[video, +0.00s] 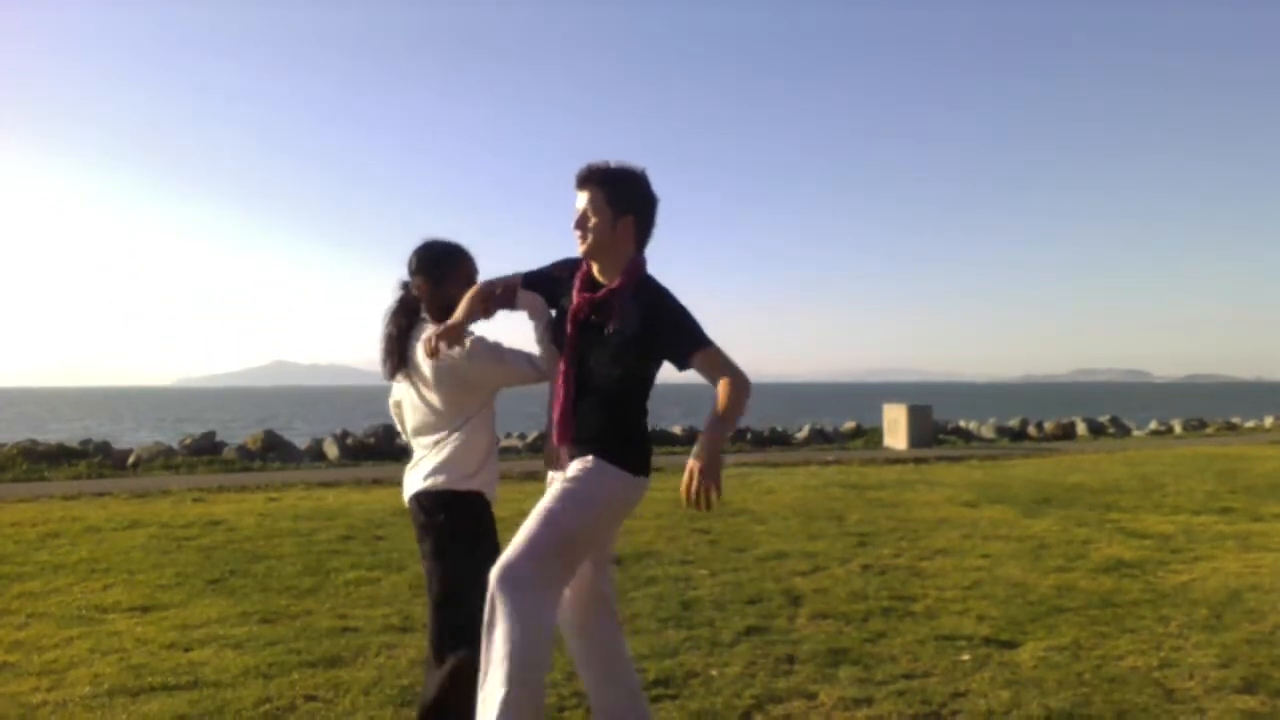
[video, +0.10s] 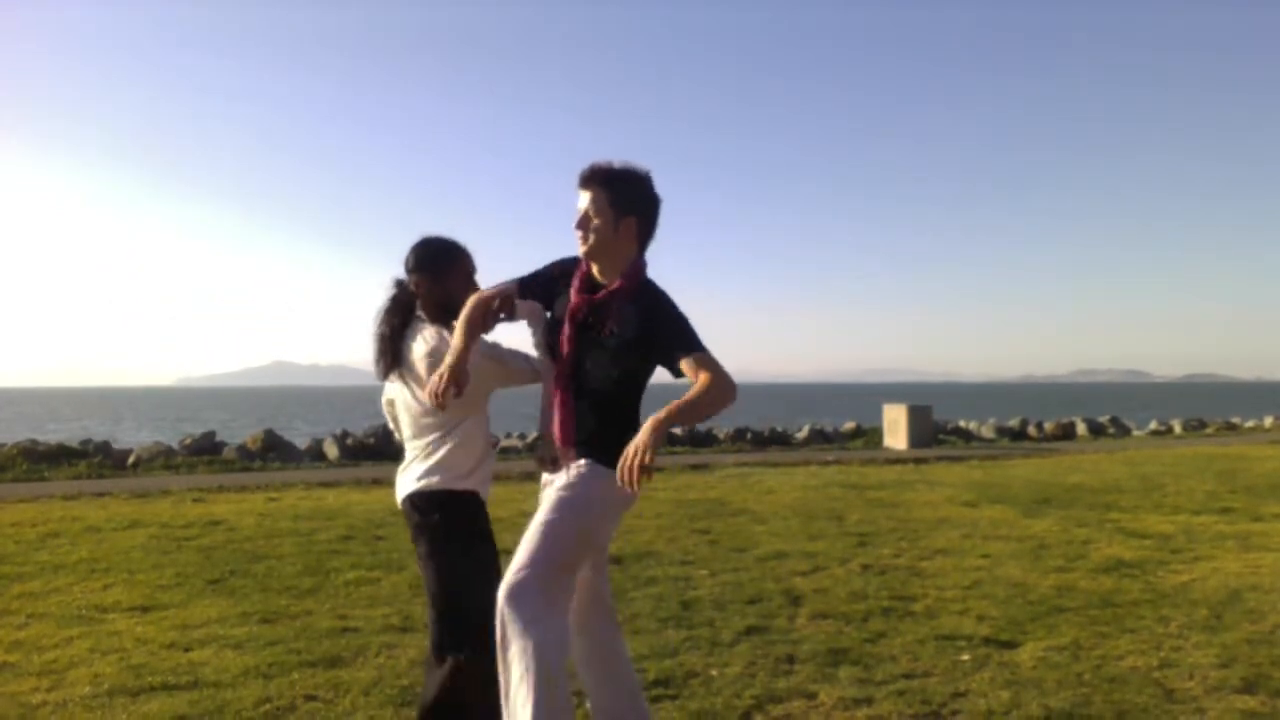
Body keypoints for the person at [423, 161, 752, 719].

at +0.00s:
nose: (576, 224)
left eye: (588, 215)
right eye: (577, 214)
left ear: (627, 225)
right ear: (588, 221)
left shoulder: (651, 302)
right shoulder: (571, 278)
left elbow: (734, 383)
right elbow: (492, 290)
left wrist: (709, 446)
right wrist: (458, 322)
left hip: (610, 467)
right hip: (569, 463)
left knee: (515, 581)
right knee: (587, 614)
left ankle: (504, 713)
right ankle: (624, 714)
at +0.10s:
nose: (579, 225)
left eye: (590, 216)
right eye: (578, 215)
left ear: (630, 226)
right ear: (582, 219)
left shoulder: (649, 304)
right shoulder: (566, 277)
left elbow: (718, 386)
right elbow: (483, 302)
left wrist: (657, 422)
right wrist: (457, 355)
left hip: (600, 471)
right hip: (560, 469)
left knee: (521, 598)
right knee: (591, 626)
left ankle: (535, 713)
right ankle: (624, 714)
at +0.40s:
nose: (561, 228)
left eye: (575, 221)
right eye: (562, 218)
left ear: (616, 239)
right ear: (561, 225)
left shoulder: (631, 310)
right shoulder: (533, 282)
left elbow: (687, 382)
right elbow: (474, 328)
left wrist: (598, 358)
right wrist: (490, 409)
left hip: (591, 479)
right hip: (537, 474)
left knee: (535, 628)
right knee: (591, 625)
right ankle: (625, 714)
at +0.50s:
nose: (547, 242)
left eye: (561, 234)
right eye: (549, 231)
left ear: (603, 251)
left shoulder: (626, 318)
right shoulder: (526, 289)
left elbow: (674, 389)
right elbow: (488, 334)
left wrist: (591, 357)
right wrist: (504, 412)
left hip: (590, 480)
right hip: (537, 473)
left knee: (547, 627)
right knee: (585, 622)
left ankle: (559, 713)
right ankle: (624, 714)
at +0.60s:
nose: (523, 264)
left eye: (536, 255)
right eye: (527, 252)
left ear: (580, 269)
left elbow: (648, 411)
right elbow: (508, 382)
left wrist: (572, 367)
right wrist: (503, 442)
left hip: (594, 487)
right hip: (538, 481)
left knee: (552, 631)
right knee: (577, 628)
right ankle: (623, 712)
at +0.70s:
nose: (499, 288)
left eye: (510, 279)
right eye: (502, 276)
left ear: (553, 295)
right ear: (542, 295)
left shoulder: (611, 354)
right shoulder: (523, 338)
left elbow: (611, 442)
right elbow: (521, 421)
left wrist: (542, 384)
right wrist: (516, 497)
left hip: (595, 492)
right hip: (552, 488)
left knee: (553, 637)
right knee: (572, 631)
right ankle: (621, 711)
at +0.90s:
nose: (472, 311)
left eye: (474, 301)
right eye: (471, 300)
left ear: (503, 307)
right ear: (510, 303)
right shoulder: (533, 339)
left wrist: (491, 412)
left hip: (603, 491)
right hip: (585, 483)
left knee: (542, 634)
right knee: (568, 627)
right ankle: (590, 709)